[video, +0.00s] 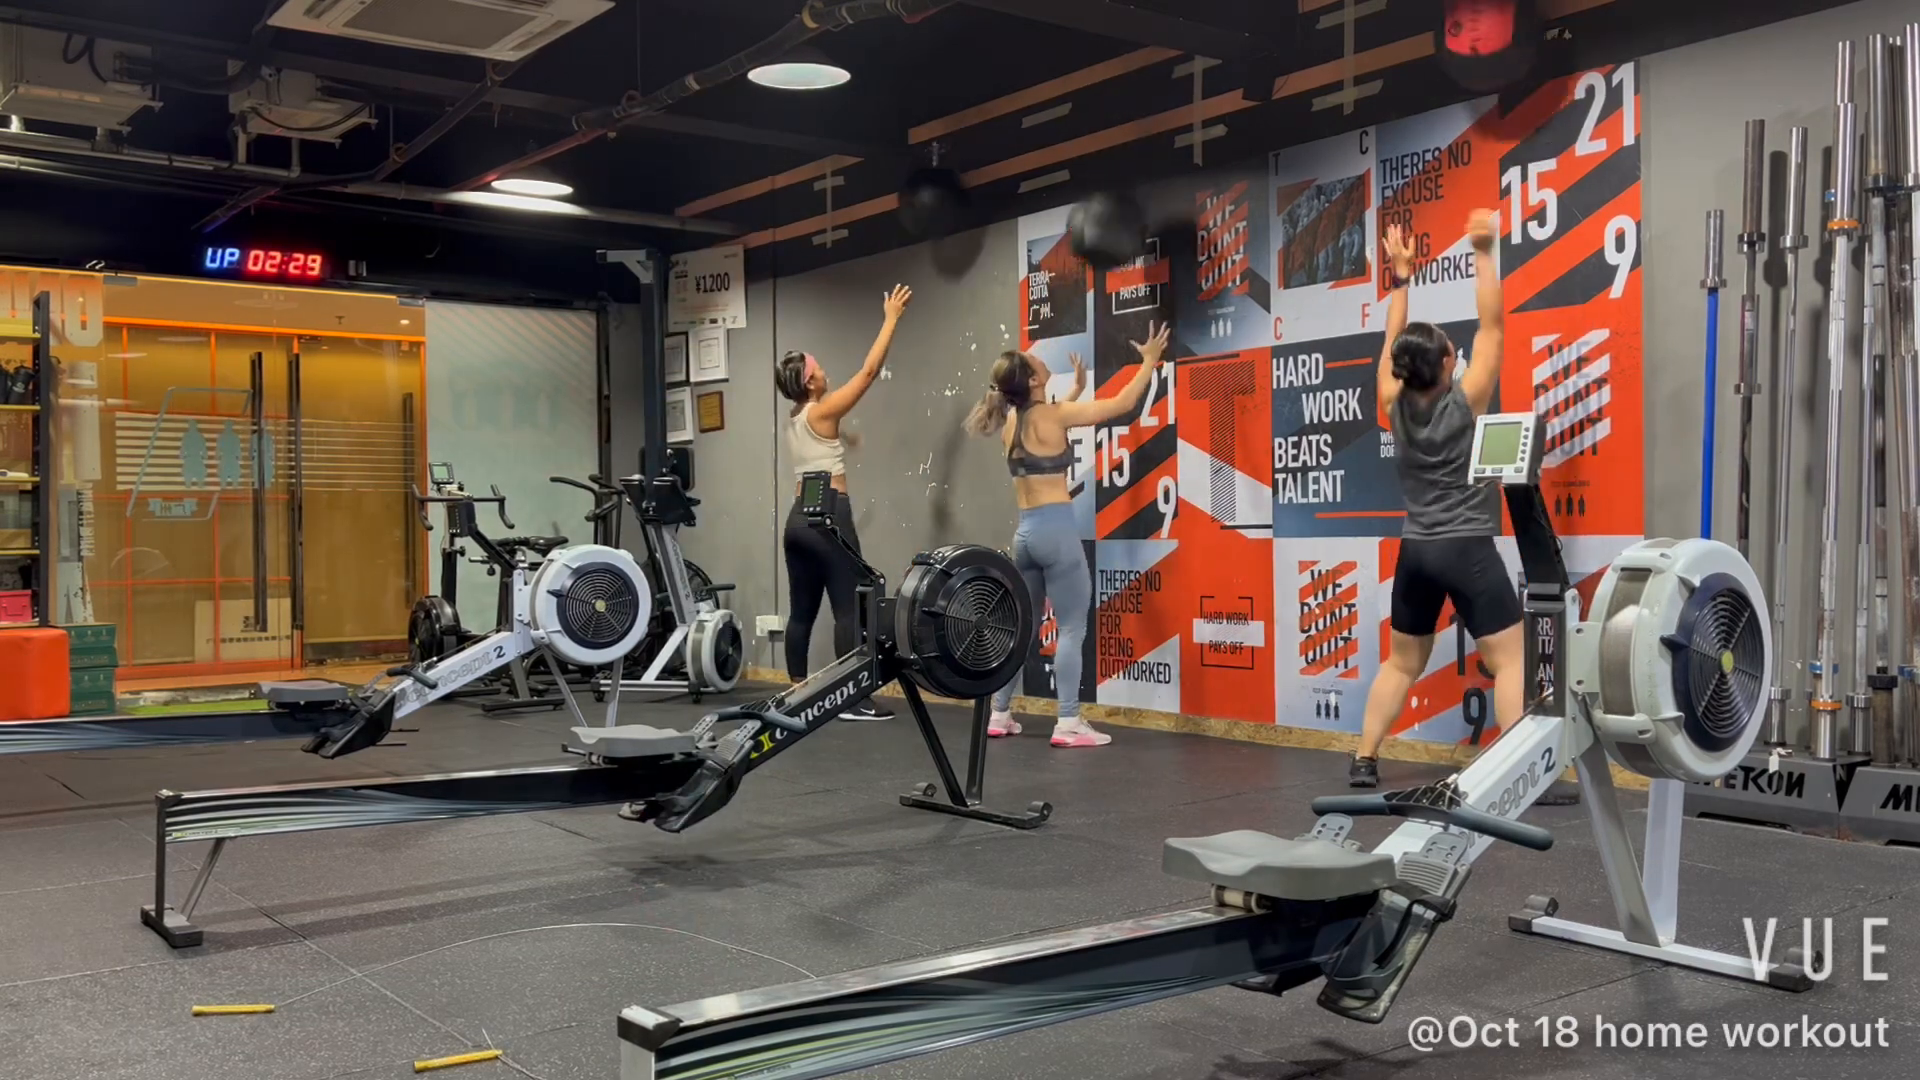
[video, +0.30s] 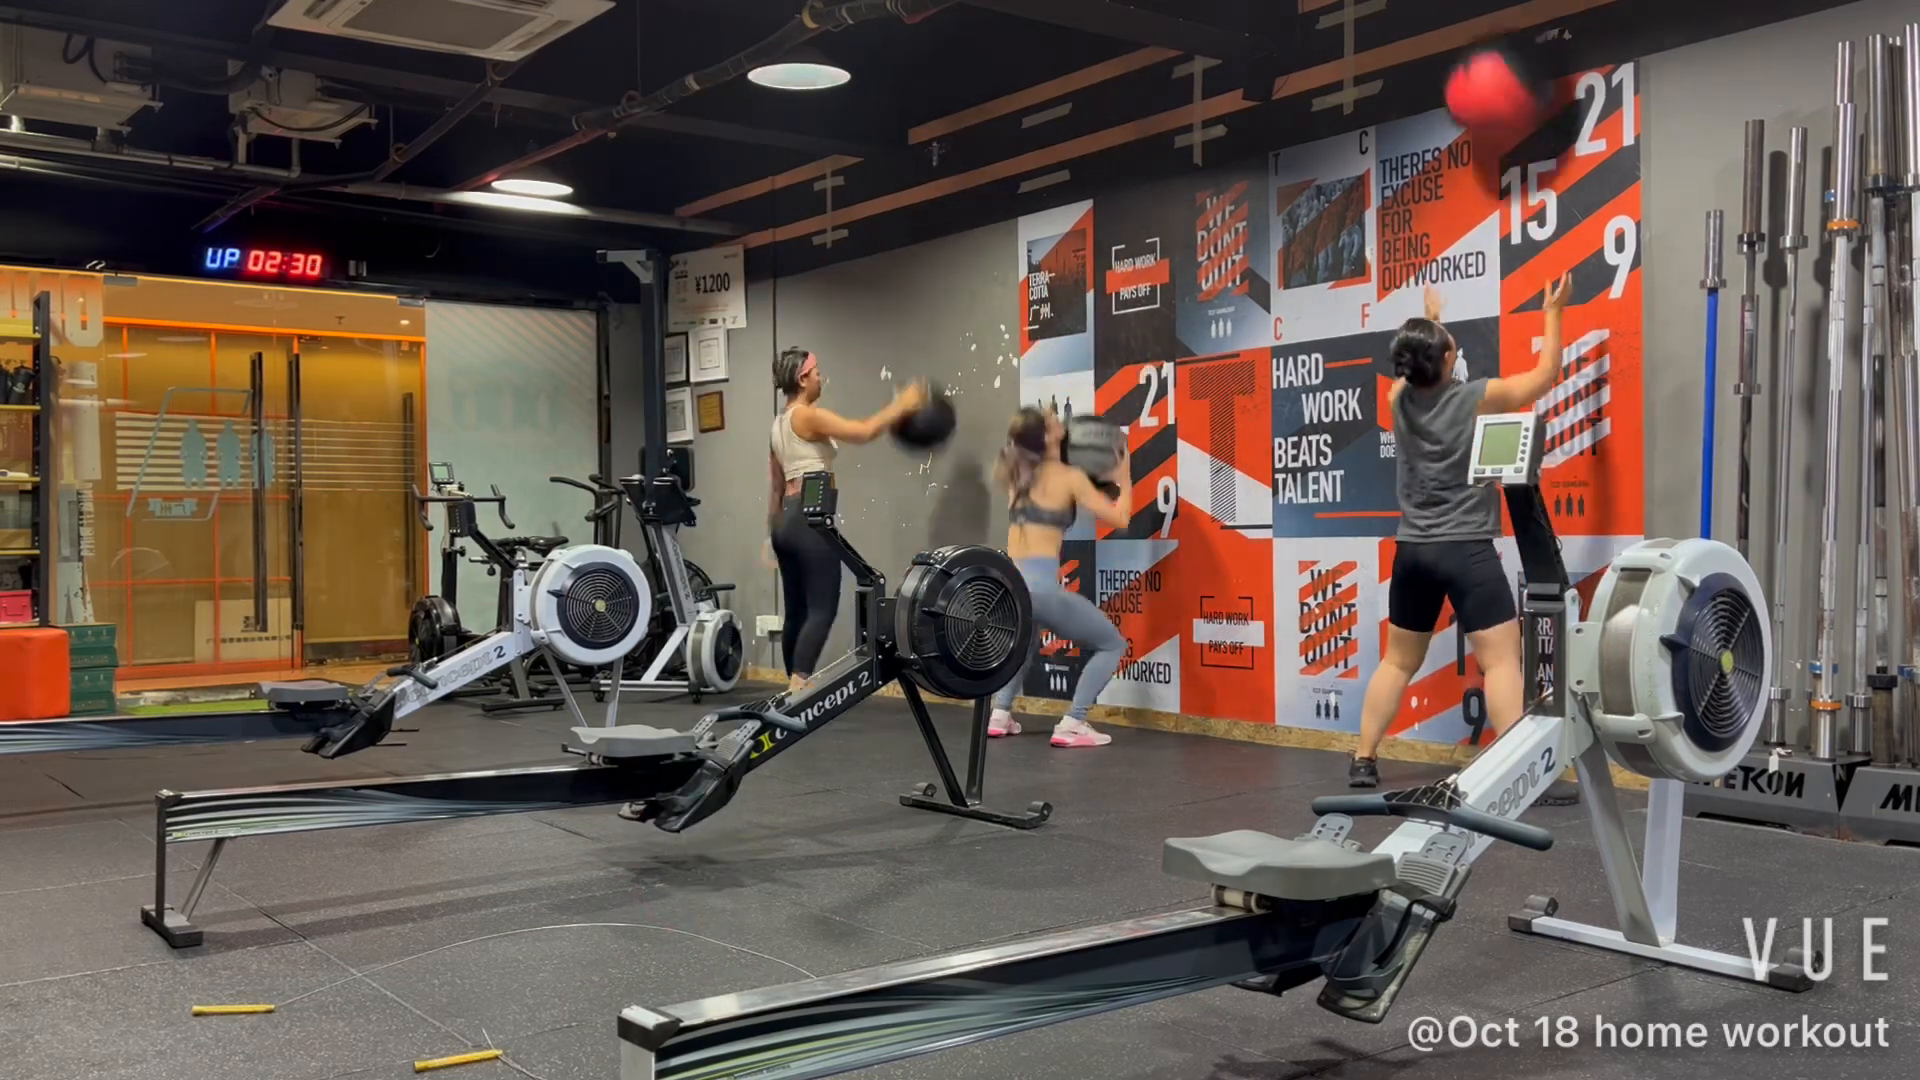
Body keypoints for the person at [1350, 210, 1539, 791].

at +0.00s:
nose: (1454, 352)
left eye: (1446, 348)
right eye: (1449, 349)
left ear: (1403, 369)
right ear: (1445, 365)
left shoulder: (1396, 406)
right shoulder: (1468, 400)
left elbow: (1392, 341)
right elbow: (1491, 325)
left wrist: (1401, 276)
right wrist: (1485, 251)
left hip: (1417, 553)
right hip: (1470, 552)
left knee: (1401, 661)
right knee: (1507, 663)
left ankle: (1363, 762)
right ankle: (1520, 776)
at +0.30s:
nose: (1453, 347)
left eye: (1449, 342)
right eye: (1449, 345)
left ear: (1412, 367)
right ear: (1447, 360)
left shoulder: (1401, 400)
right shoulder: (1478, 396)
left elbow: (1411, 370)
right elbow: (1546, 374)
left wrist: (1430, 327)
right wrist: (1554, 311)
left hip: (1414, 553)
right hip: (1469, 553)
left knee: (1398, 662)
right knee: (1499, 663)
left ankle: (1362, 763)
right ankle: (1522, 775)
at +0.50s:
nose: (1460, 336)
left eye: (1453, 334)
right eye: (1454, 338)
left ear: (1414, 371)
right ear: (1451, 364)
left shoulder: (1402, 414)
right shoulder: (1476, 407)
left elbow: (1437, 395)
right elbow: (1526, 414)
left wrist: (1451, 351)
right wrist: (1528, 354)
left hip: (1407, 561)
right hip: (1464, 562)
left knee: (1398, 665)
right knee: (1512, 662)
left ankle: (1363, 760)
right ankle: (1516, 772)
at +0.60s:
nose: (1454, 375)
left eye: (1450, 368)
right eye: (1449, 371)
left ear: (1407, 390)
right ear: (1444, 384)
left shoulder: (1400, 438)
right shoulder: (1468, 432)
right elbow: (1519, 457)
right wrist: (1536, 410)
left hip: (1403, 580)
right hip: (1461, 580)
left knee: (1398, 668)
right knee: (1525, 668)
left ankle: (1363, 763)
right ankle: (1520, 771)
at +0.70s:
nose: (1467, 415)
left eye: (1462, 408)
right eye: (1461, 410)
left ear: (1415, 426)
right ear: (1454, 419)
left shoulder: (1404, 471)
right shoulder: (1478, 469)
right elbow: (1506, 534)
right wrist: (1544, 489)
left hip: (1391, 607)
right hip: (1451, 608)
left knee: (1398, 674)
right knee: (1539, 669)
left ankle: (1363, 762)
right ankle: (1522, 773)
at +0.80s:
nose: (1473, 453)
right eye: (1471, 447)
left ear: (1421, 458)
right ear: (1465, 455)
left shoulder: (1413, 505)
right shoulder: (1488, 510)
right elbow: (1515, 579)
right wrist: (1547, 525)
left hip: (1385, 639)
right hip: (1448, 639)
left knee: (1392, 680)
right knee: (1545, 669)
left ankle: (1363, 762)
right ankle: (1534, 776)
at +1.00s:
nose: (1480, 483)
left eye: (1477, 477)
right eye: (1477, 478)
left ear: (1428, 491)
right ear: (1472, 488)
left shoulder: (1415, 535)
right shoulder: (1494, 544)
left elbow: (1412, 596)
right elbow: (1512, 616)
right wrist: (1528, 591)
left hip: (1389, 664)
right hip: (1454, 665)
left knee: (1401, 687)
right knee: (1549, 671)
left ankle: (1366, 759)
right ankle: (1529, 773)